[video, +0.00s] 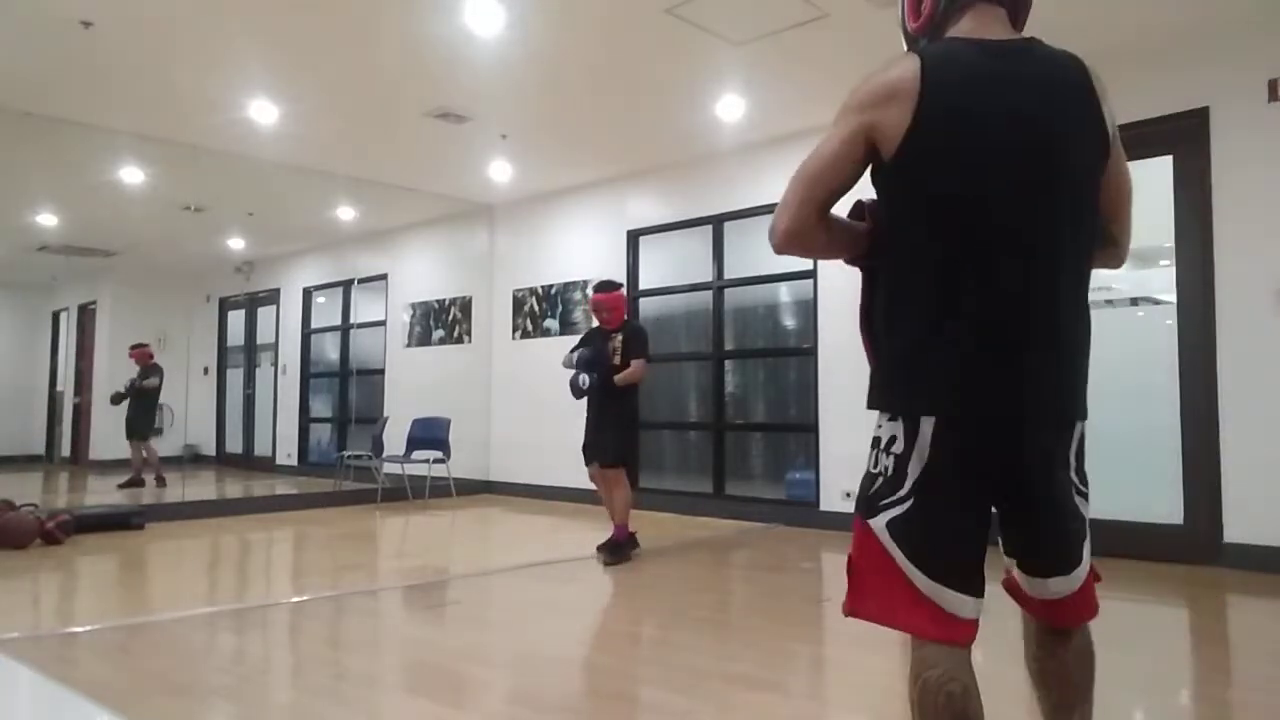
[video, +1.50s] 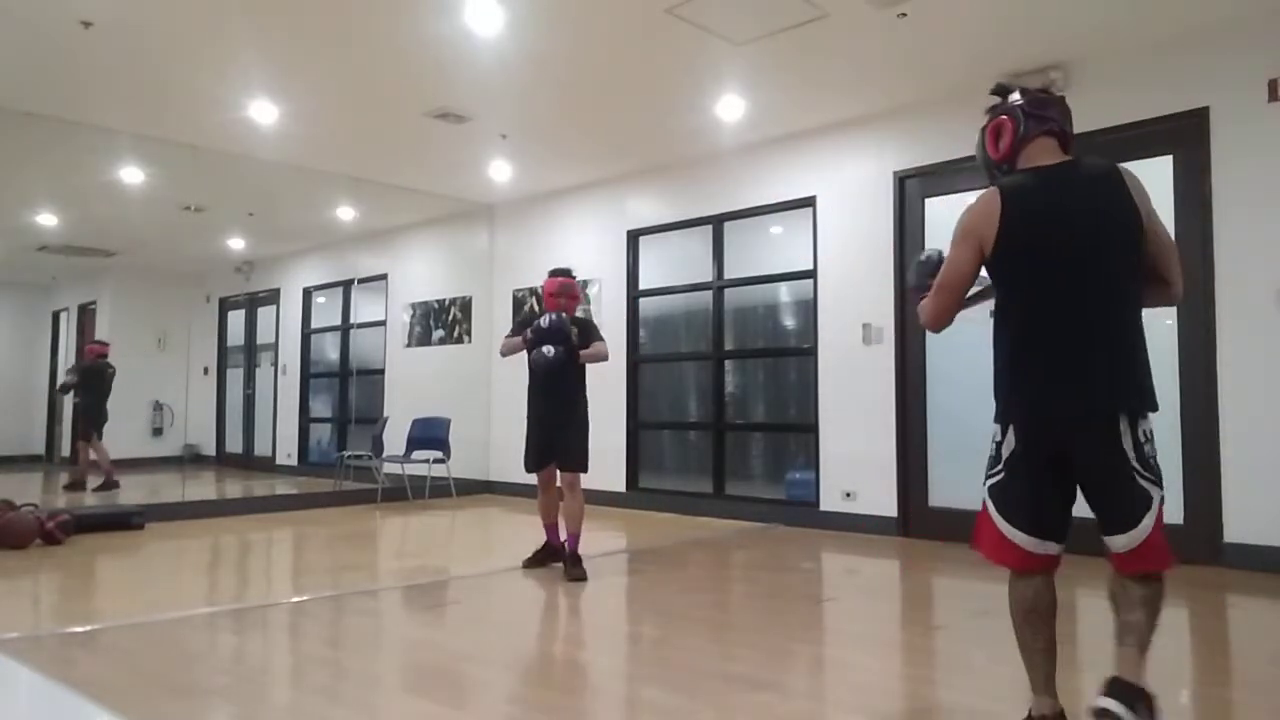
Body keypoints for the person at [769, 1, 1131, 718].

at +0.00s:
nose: (906, 21)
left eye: (908, 14)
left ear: (923, 10)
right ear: (1021, 9)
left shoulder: (895, 84)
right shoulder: (1076, 80)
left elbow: (793, 227)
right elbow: (1111, 244)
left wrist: (870, 239)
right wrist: (1009, 241)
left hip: (932, 393)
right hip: (1048, 391)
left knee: (939, 635)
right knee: (1061, 616)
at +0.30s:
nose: (943, 45)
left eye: (947, 27)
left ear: (962, 27)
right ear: (1047, 38)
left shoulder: (929, 115)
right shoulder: (1100, 132)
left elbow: (846, 244)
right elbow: (1042, 251)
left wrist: (852, 183)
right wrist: (916, 280)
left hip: (943, 397)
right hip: (1042, 397)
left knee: (931, 611)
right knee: (1037, 612)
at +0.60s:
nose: (975, 72)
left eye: (978, 57)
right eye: (976, 61)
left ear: (996, 51)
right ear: (1069, 63)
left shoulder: (969, 125)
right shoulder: (1111, 144)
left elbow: (886, 250)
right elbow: (1053, 283)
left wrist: (869, 208)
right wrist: (939, 319)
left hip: (968, 392)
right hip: (1062, 396)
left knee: (913, 573)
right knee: (1042, 593)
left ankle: (915, 713)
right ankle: (1034, 718)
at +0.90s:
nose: (972, 102)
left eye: (974, 92)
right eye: (973, 95)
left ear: (989, 85)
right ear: (1064, 95)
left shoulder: (970, 153)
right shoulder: (1112, 165)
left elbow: (917, 282)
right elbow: (1077, 278)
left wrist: (899, 249)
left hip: (988, 396)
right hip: (1080, 395)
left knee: (963, 560)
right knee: (1049, 585)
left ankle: (963, 696)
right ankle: (1036, 718)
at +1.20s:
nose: (975, 135)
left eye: (976, 125)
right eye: (974, 127)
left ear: (990, 120)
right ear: (1059, 122)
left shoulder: (968, 194)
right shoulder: (1112, 185)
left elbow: (952, 319)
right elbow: (1084, 284)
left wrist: (926, 280)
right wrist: (974, 268)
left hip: (1006, 407)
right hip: (1089, 402)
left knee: (1012, 573)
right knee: (1059, 578)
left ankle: (1047, 705)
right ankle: (1037, 714)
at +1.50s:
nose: (987, 149)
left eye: (988, 138)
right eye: (987, 140)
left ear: (1004, 134)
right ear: (1063, 133)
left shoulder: (990, 210)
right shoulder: (1121, 184)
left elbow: (934, 316)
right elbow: (1168, 285)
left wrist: (940, 282)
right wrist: (1094, 285)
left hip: (1032, 412)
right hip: (1117, 408)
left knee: (1030, 563)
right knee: (1137, 556)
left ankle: (1044, 706)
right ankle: (1128, 682)